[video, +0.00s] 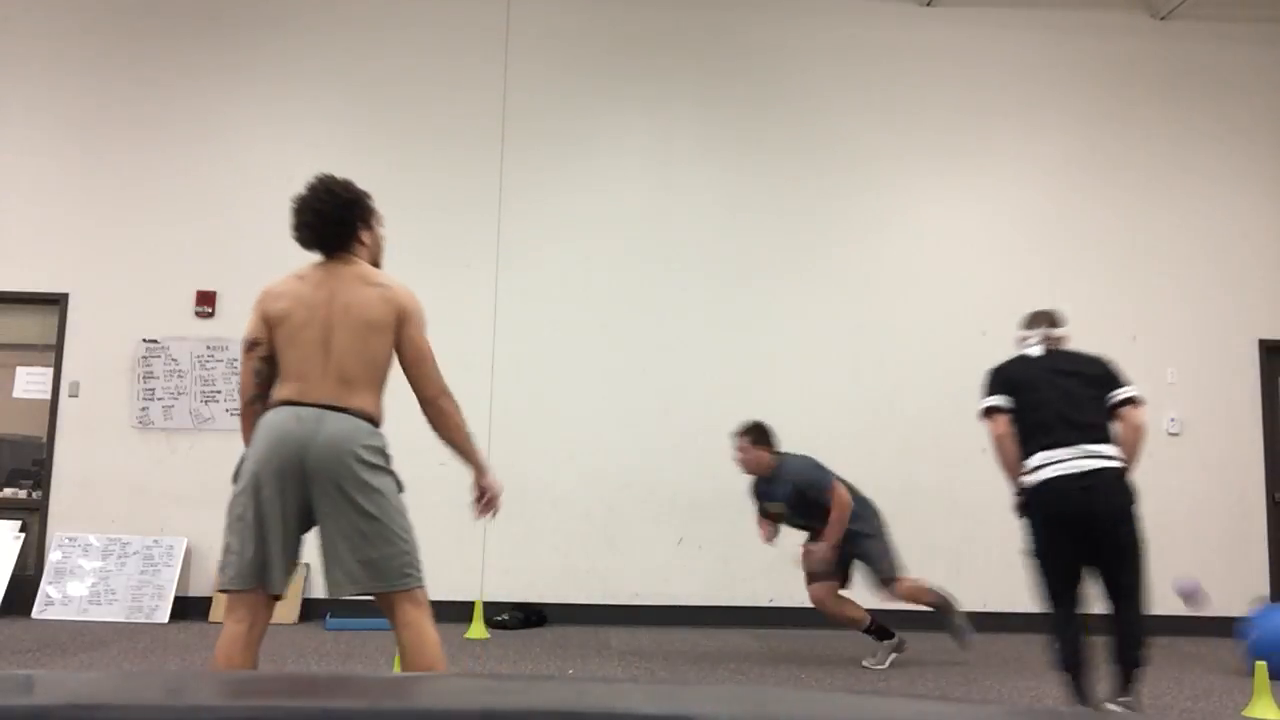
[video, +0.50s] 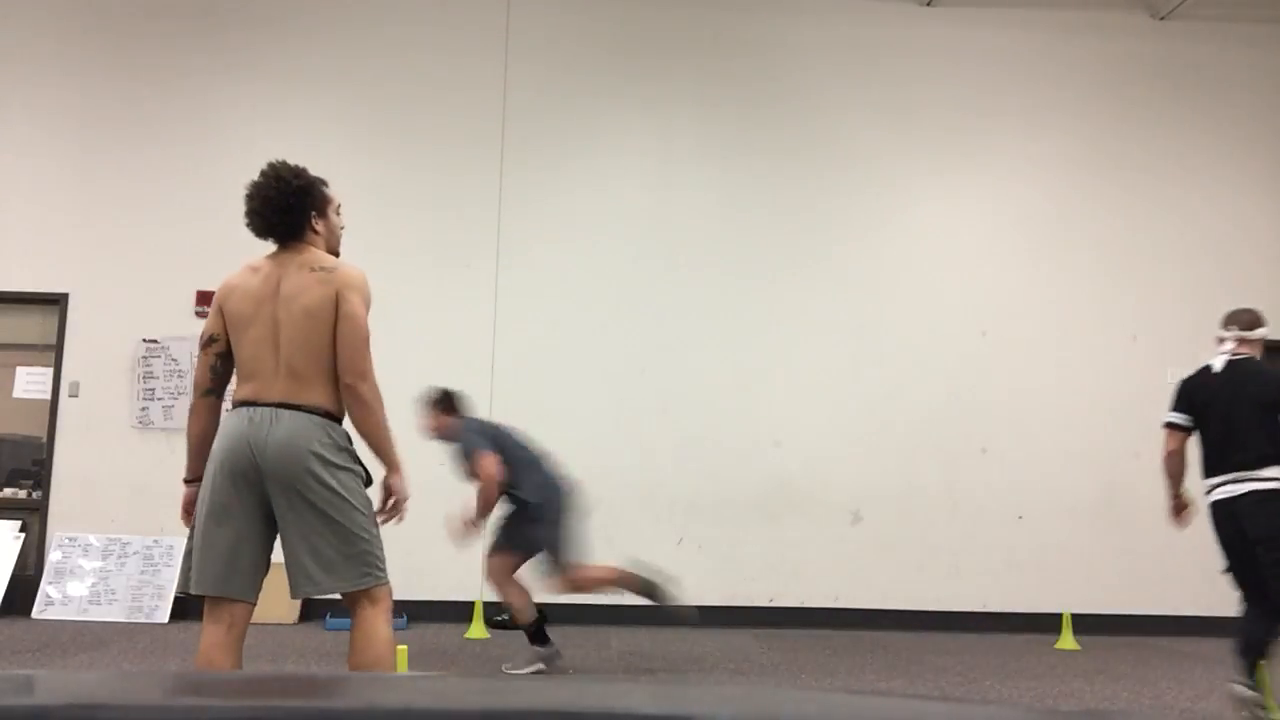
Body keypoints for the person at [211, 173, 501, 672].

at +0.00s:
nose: (383, 234)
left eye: (379, 224)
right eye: (378, 224)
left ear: (320, 236)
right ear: (362, 231)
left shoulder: (276, 296)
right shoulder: (394, 298)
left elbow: (251, 396)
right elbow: (434, 398)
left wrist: (259, 463)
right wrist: (479, 465)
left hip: (277, 435)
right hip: (351, 438)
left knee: (246, 608)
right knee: (407, 604)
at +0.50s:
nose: (342, 224)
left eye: (339, 213)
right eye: (336, 214)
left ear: (278, 225)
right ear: (316, 221)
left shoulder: (233, 287)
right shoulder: (344, 281)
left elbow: (206, 392)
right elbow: (355, 383)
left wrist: (194, 477)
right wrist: (392, 465)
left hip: (235, 442)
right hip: (311, 442)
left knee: (224, 612)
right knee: (371, 598)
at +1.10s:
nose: (410, 218)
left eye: (407, 207)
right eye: (403, 208)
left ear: (356, 220)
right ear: (379, 218)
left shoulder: (301, 282)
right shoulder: (399, 278)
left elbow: (278, 381)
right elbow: (411, 383)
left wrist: (281, 450)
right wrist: (459, 455)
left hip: (303, 439)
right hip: (371, 441)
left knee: (275, 608)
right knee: (371, 616)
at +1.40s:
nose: (454, 224)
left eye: (452, 213)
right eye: (449, 214)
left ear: (396, 221)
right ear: (424, 220)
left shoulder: (340, 280)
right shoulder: (437, 282)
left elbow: (310, 376)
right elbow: (455, 389)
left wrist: (327, 444)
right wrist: (504, 467)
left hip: (324, 442)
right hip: (388, 445)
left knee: (349, 611)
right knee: (380, 619)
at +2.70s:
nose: (489, 230)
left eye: (488, 217)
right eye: (485, 217)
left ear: (424, 219)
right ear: (462, 220)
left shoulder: (366, 275)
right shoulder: (466, 286)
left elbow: (328, 371)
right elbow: (469, 398)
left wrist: (309, 455)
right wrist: (500, 488)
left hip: (348, 444)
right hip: (414, 454)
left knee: (331, 610)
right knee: (391, 624)